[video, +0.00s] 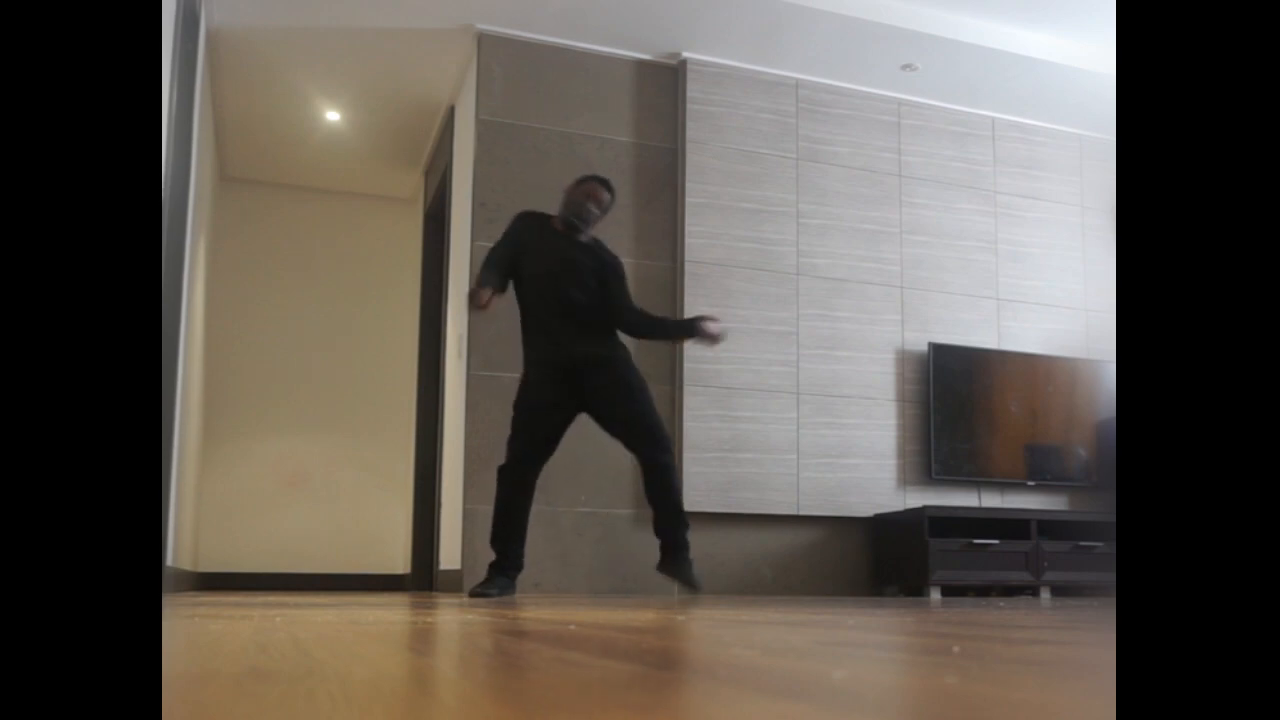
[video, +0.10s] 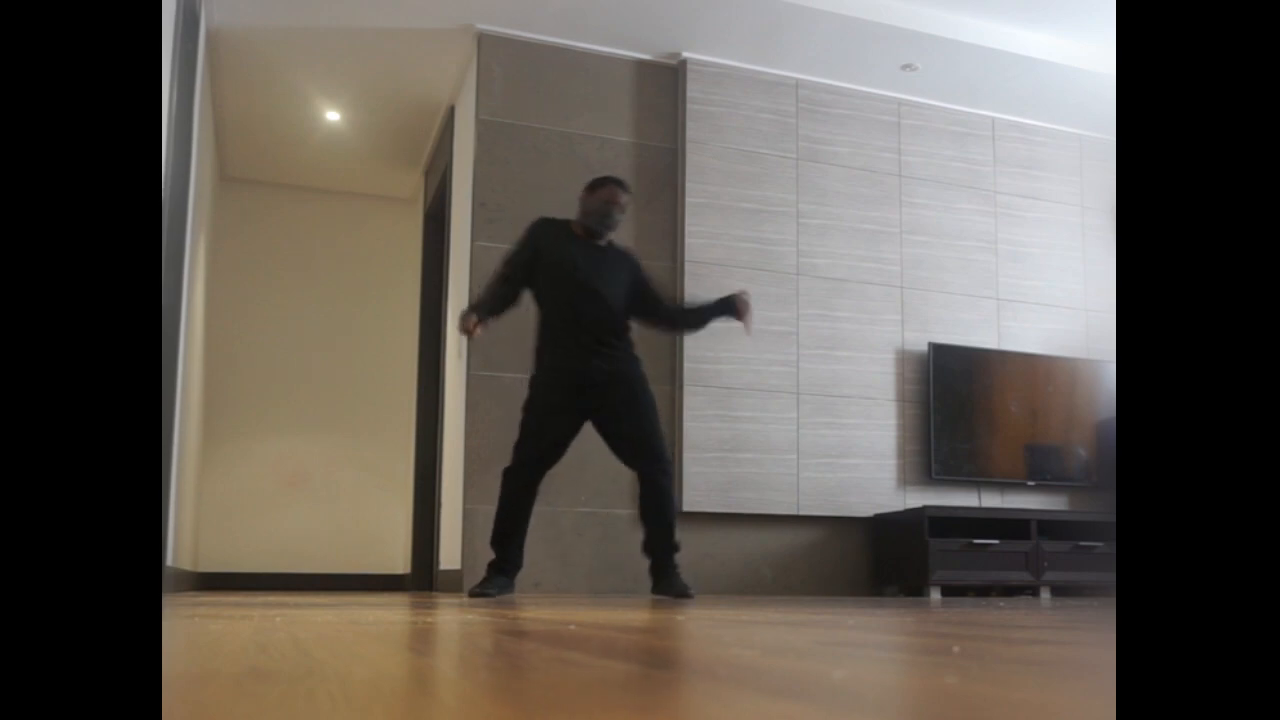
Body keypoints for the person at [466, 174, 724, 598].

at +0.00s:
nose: (590, 208)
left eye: (599, 207)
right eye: (586, 198)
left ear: (603, 219)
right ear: (566, 194)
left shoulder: (603, 263)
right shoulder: (528, 228)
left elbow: (629, 320)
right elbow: (501, 261)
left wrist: (689, 328)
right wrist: (487, 285)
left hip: (607, 377)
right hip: (548, 378)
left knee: (656, 450)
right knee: (518, 467)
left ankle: (675, 555)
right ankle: (503, 571)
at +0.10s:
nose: (614, 212)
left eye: (621, 208)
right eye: (608, 203)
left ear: (625, 216)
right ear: (584, 199)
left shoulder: (622, 265)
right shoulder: (546, 235)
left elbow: (664, 315)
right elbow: (510, 281)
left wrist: (722, 307)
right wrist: (482, 310)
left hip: (617, 384)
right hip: (558, 382)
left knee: (655, 466)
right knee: (523, 470)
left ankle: (665, 572)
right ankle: (502, 572)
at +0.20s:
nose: (625, 204)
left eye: (631, 199)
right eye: (618, 197)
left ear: (636, 202)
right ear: (597, 196)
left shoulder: (644, 244)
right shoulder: (562, 239)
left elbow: (690, 278)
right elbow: (532, 295)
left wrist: (737, 316)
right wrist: (498, 323)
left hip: (626, 382)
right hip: (570, 379)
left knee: (654, 471)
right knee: (537, 470)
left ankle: (662, 571)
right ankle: (497, 565)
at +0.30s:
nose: (619, 192)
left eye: (623, 186)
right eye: (609, 186)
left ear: (633, 195)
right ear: (590, 196)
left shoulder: (657, 234)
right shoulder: (575, 239)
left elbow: (708, 276)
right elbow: (559, 299)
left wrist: (762, 322)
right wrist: (533, 323)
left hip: (637, 371)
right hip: (587, 370)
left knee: (656, 469)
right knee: (582, 459)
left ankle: (662, 571)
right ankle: (506, 554)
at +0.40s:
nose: (609, 188)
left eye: (615, 180)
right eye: (600, 185)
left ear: (632, 187)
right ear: (591, 199)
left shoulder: (666, 242)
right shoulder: (585, 230)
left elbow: (716, 293)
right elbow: (556, 279)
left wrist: (784, 322)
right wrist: (529, 319)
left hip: (649, 373)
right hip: (596, 368)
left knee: (663, 471)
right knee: (564, 455)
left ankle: (663, 570)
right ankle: (532, 556)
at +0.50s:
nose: (614, 191)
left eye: (620, 184)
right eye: (606, 187)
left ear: (637, 188)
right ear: (598, 197)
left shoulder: (669, 243)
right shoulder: (586, 243)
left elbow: (717, 297)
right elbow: (545, 280)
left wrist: (786, 323)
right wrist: (515, 306)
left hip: (654, 368)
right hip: (598, 363)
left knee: (663, 468)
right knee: (548, 442)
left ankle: (664, 571)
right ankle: (544, 555)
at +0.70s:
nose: (608, 212)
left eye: (614, 202)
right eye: (600, 206)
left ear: (635, 203)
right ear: (595, 214)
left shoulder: (671, 256)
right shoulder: (581, 257)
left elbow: (717, 316)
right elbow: (532, 279)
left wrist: (781, 341)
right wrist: (488, 272)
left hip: (659, 378)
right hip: (601, 375)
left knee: (672, 469)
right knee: (555, 457)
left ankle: (666, 573)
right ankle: (556, 574)